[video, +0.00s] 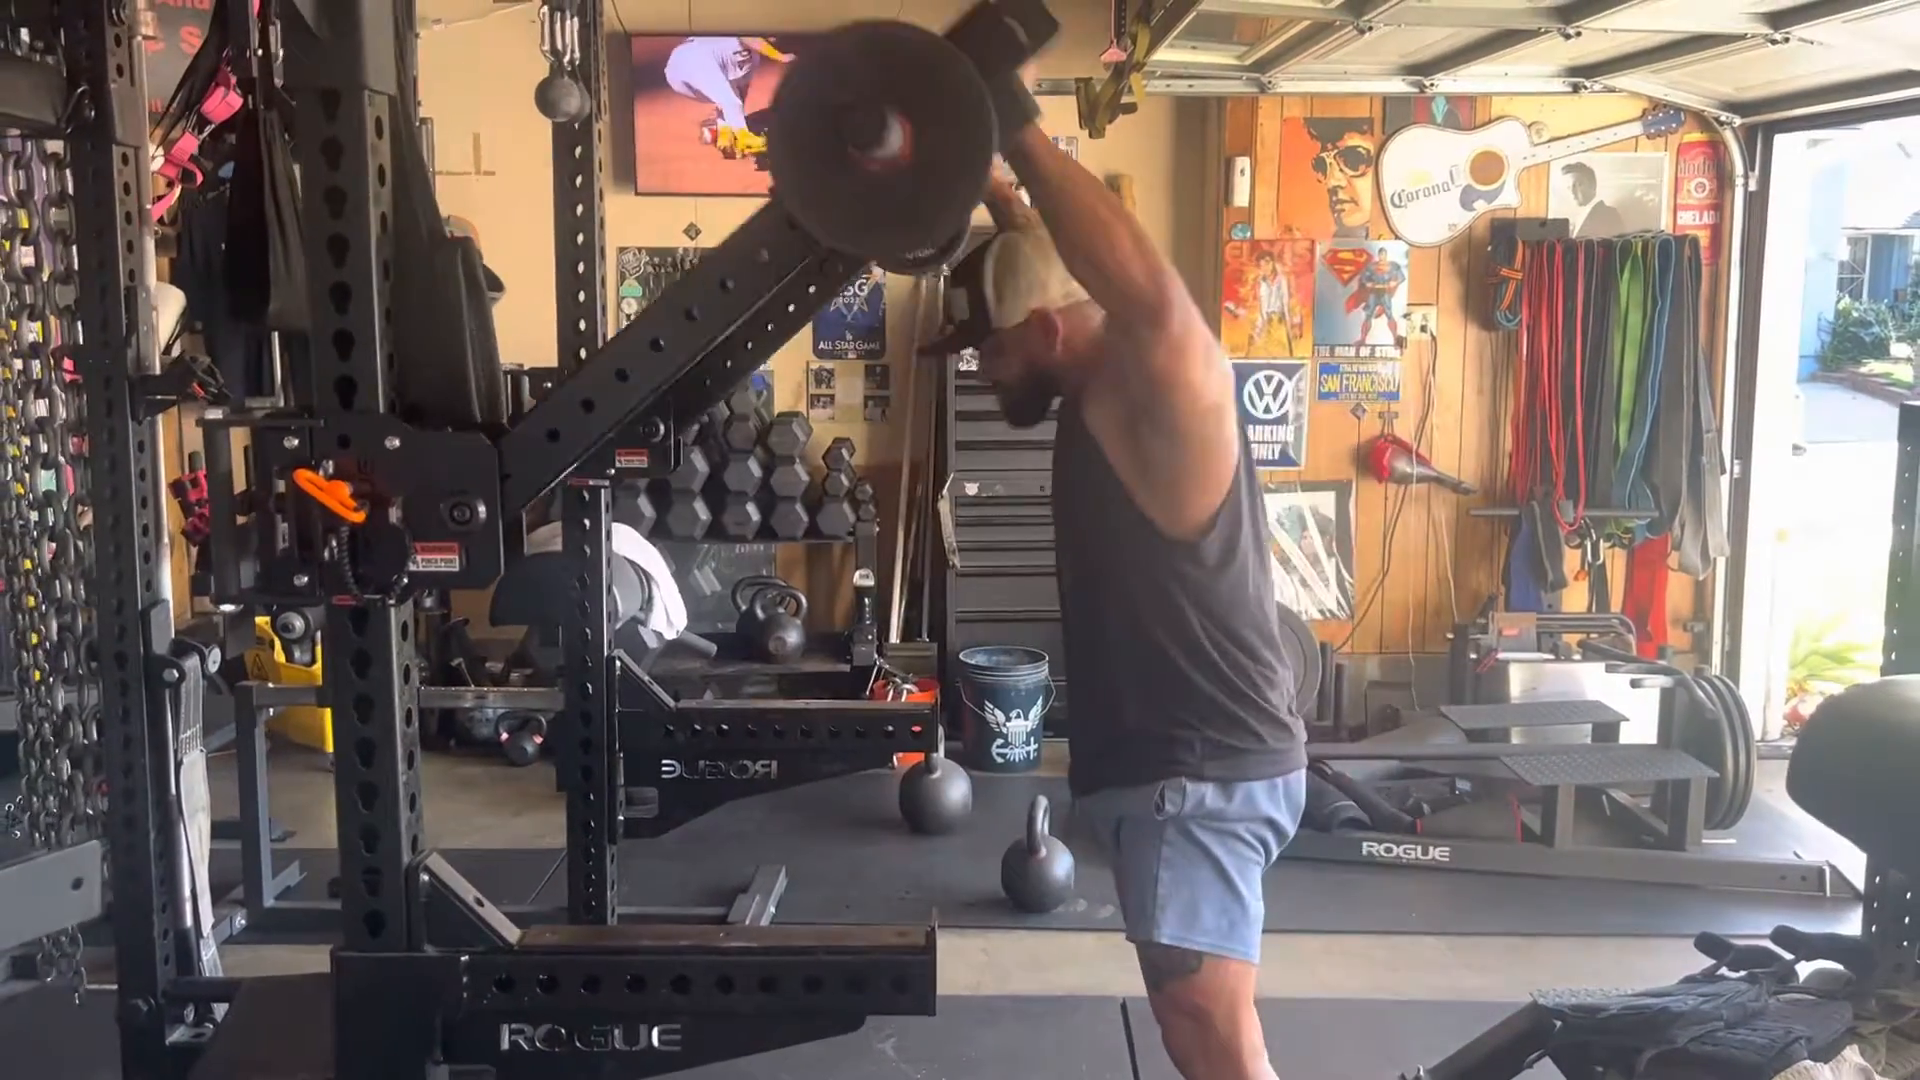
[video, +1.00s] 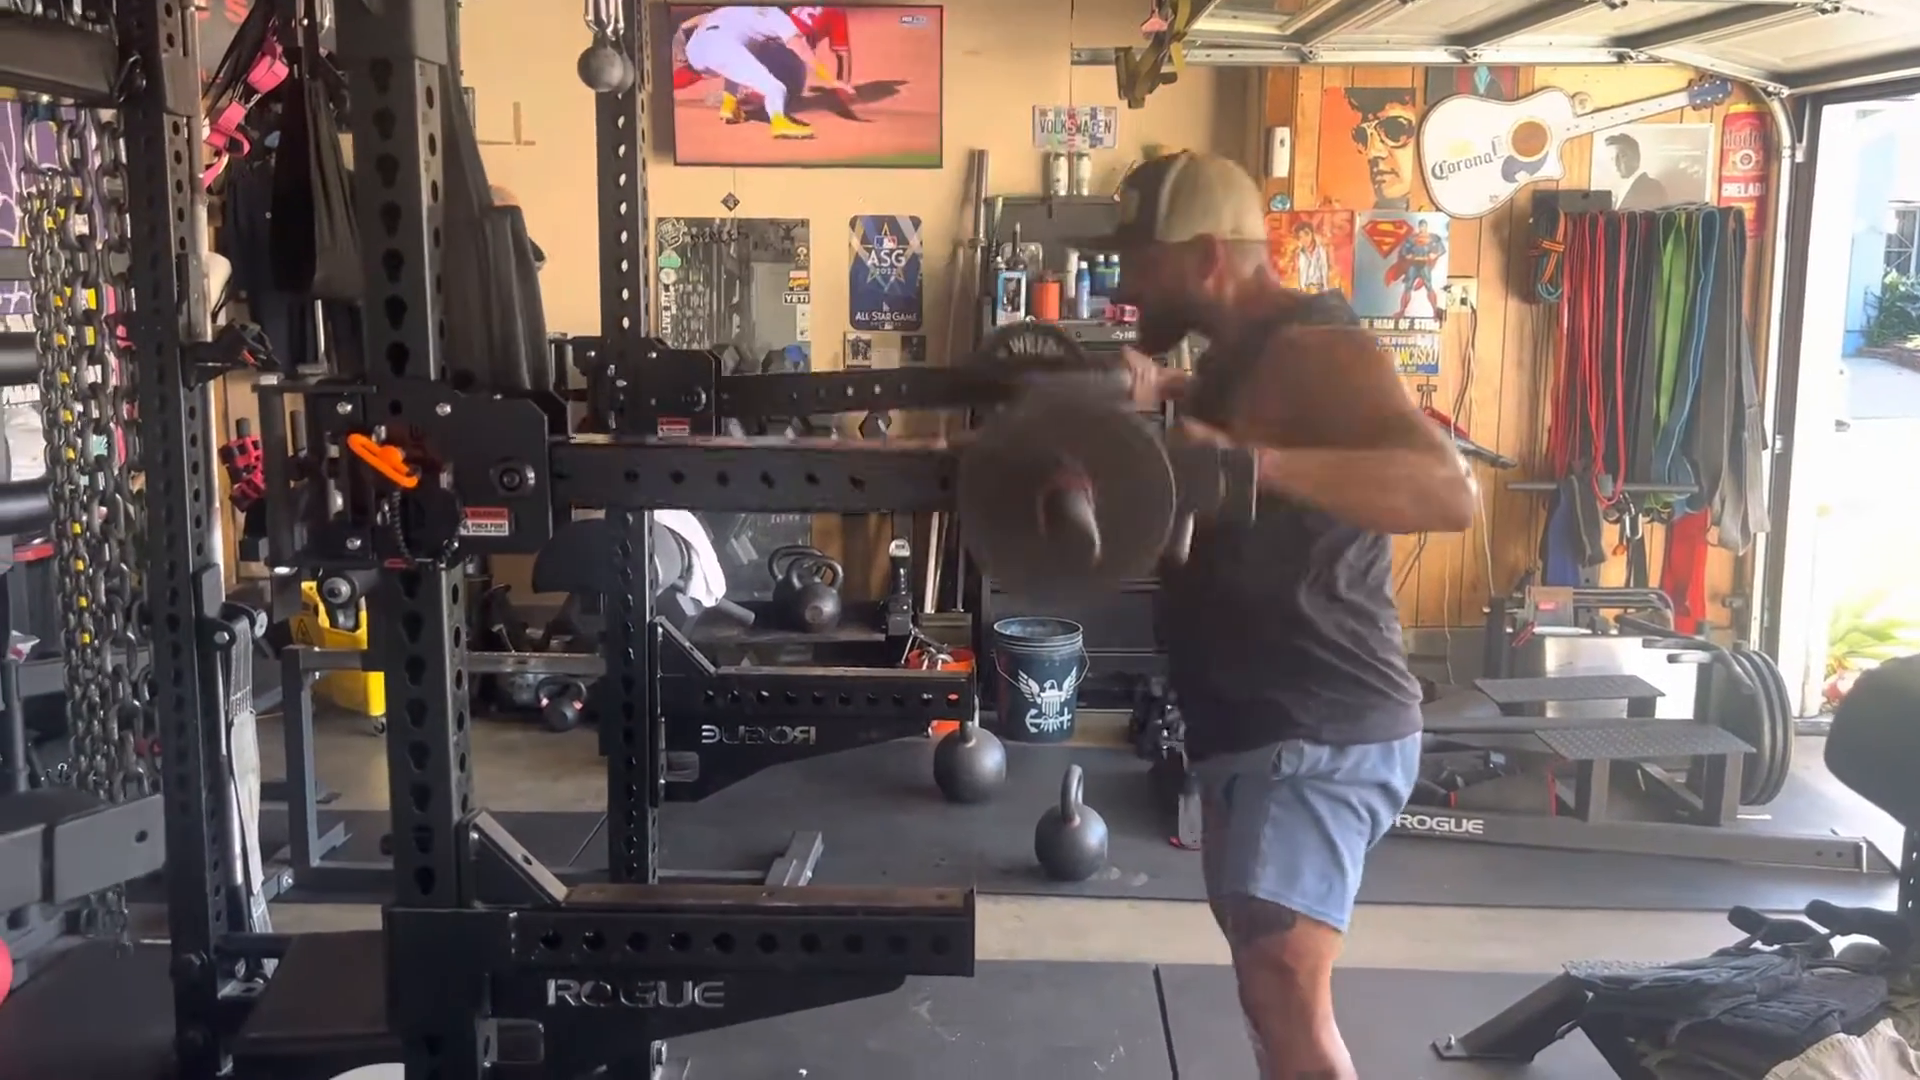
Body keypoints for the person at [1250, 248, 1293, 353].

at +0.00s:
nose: (1264, 268)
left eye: (1267, 264)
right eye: (1261, 265)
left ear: (1272, 263)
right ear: (1259, 267)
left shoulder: (1282, 280)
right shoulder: (1260, 282)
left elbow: (1286, 302)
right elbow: (1260, 306)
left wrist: (1289, 326)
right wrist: (1257, 330)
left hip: (1280, 317)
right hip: (1266, 317)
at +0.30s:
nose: (1270, 266)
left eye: (1272, 261)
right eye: (1266, 263)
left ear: (1278, 261)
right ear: (1263, 266)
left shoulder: (1288, 277)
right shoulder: (1265, 280)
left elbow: (1293, 299)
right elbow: (1264, 302)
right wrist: (1264, 322)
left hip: (1285, 315)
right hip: (1271, 315)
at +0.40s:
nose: (1273, 265)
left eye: (1276, 260)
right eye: (1269, 262)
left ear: (1281, 259)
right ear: (1267, 264)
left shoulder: (1292, 276)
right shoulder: (1266, 278)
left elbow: (1299, 296)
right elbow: (1259, 300)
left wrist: (1304, 318)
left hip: (1290, 314)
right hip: (1273, 314)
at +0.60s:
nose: (1280, 259)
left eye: (1283, 254)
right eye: (1276, 256)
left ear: (1288, 253)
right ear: (1274, 258)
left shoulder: (1299, 270)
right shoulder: (1275, 273)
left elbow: (1308, 291)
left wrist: (1311, 313)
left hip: (1297, 309)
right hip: (1281, 310)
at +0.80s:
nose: (1291, 251)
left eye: (1293, 246)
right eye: (1287, 248)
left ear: (1299, 245)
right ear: (1285, 250)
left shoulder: (1309, 261)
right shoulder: (1286, 264)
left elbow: (1313, 282)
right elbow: (1286, 284)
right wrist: (1287, 304)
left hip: (1306, 298)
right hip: (1293, 299)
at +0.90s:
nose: (1297, 246)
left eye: (1299, 241)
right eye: (1293, 243)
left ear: (1305, 240)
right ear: (1291, 245)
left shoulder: (1316, 256)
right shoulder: (1292, 259)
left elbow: (1324, 277)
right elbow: (1290, 280)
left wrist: (1328, 300)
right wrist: (1291, 300)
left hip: (1314, 296)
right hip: (1298, 297)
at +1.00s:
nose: (1304, 240)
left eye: (1306, 235)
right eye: (1300, 237)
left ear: (1312, 235)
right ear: (1298, 239)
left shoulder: (1322, 250)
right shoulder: (1299, 253)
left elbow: (1325, 269)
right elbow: (1300, 271)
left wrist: (1326, 286)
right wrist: (1301, 286)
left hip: (1319, 287)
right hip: (1305, 287)